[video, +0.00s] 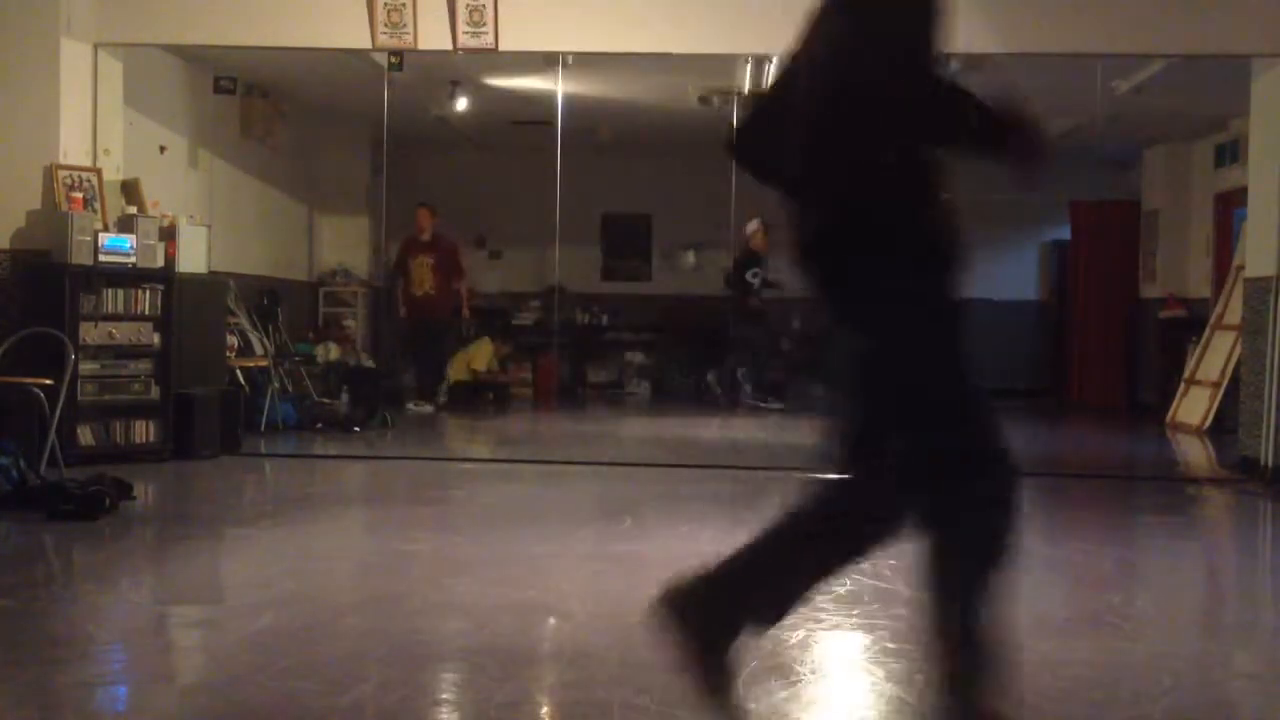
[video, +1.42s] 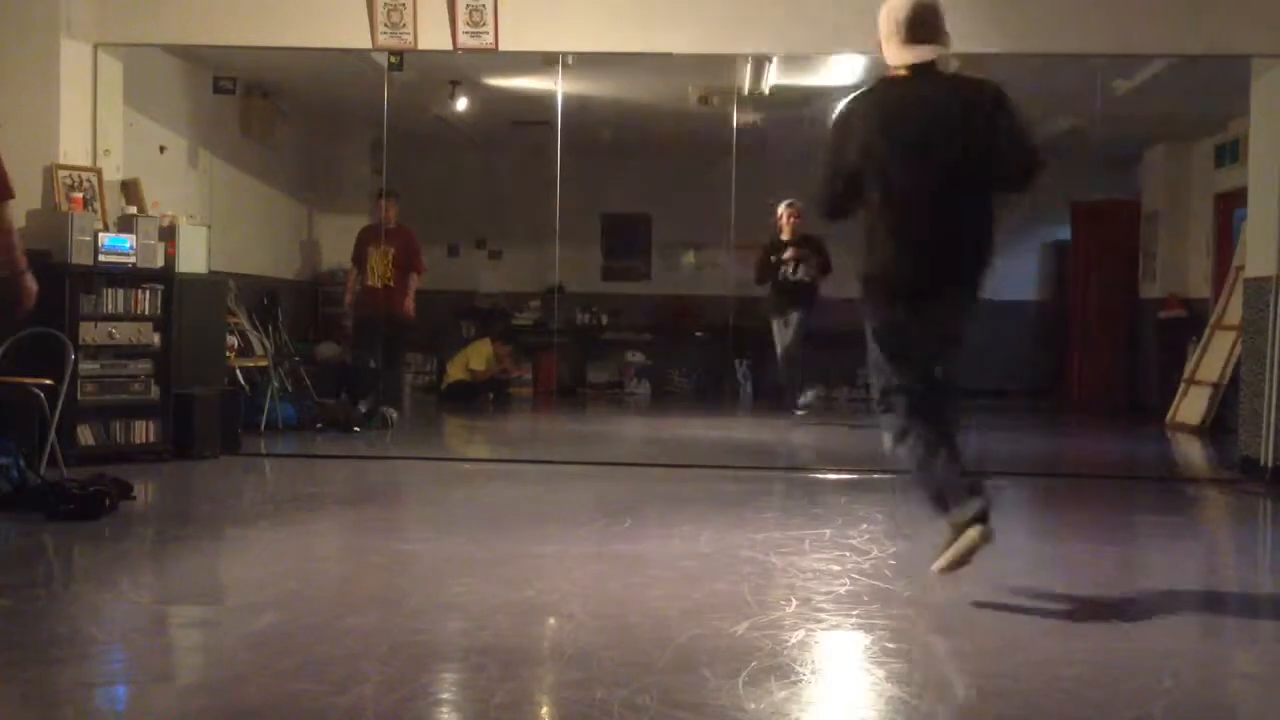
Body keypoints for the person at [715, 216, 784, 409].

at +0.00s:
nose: (763, 241)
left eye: (763, 237)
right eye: (759, 237)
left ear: (761, 237)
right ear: (751, 238)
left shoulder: (755, 257)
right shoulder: (748, 258)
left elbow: (757, 281)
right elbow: (745, 282)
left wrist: (774, 285)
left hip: (749, 307)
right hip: (746, 309)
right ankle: (755, 391)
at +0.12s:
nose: (772, 253)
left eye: (773, 248)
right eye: (767, 248)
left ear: (777, 250)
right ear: (759, 251)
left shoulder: (777, 272)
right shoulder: (752, 276)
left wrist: (779, 303)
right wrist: (767, 305)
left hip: (773, 323)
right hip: (755, 323)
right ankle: (757, 397)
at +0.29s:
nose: (788, 245)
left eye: (791, 240)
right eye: (784, 240)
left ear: (795, 241)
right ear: (778, 242)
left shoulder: (797, 261)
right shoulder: (770, 264)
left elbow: (796, 282)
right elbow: (763, 292)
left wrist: (797, 296)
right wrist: (786, 298)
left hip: (794, 314)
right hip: (775, 316)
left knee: (802, 353)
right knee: (781, 356)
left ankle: (798, 396)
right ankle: (781, 399)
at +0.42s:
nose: (803, 247)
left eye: (806, 243)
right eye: (799, 243)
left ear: (810, 244)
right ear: (793, 243)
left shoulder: (809, 264)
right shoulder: (782, 264)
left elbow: (808, 288)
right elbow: (764, 287)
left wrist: (820, 296)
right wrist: (771, 314)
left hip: (806, 318)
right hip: (786, 318)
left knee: (813, 359)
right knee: (790, 360)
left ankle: (815, 401)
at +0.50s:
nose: (807, 251)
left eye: (810, 247)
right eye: (804, 246)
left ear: (814, 248)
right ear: (797, 247)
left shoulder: (817, 273)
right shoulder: (784, 268)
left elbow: (822, 298)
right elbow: (761, 286)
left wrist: (832, 294)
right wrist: (759, 313)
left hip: (810, 323)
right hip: (788, 322)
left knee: (821, 362)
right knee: (803, 363)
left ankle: (818, 400)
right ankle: (808, 402)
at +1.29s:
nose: (788, 231)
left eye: (791, 226)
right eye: (784, 227)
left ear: (799, 229)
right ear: (778, 231)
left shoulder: (814, 252)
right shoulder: (773, 258)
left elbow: (828, 275)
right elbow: (768, 286)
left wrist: (828, 295)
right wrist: (778, 294)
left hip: (807, 312)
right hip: (783, 314)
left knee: (798, 354)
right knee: (781, 363)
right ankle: (790, 408)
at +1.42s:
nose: (794, 221)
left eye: (797, 216)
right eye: (789, 216)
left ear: (801, 219)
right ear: (780, 219)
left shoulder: (811, 243)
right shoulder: (772, 246)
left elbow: (824, 268)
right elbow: (760, 277)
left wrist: (803, 261)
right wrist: (780, 260)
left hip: (801, 299)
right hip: (777, 300)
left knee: (789, 347)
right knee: (783, 350)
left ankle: (790, 395)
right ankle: (790, 396)